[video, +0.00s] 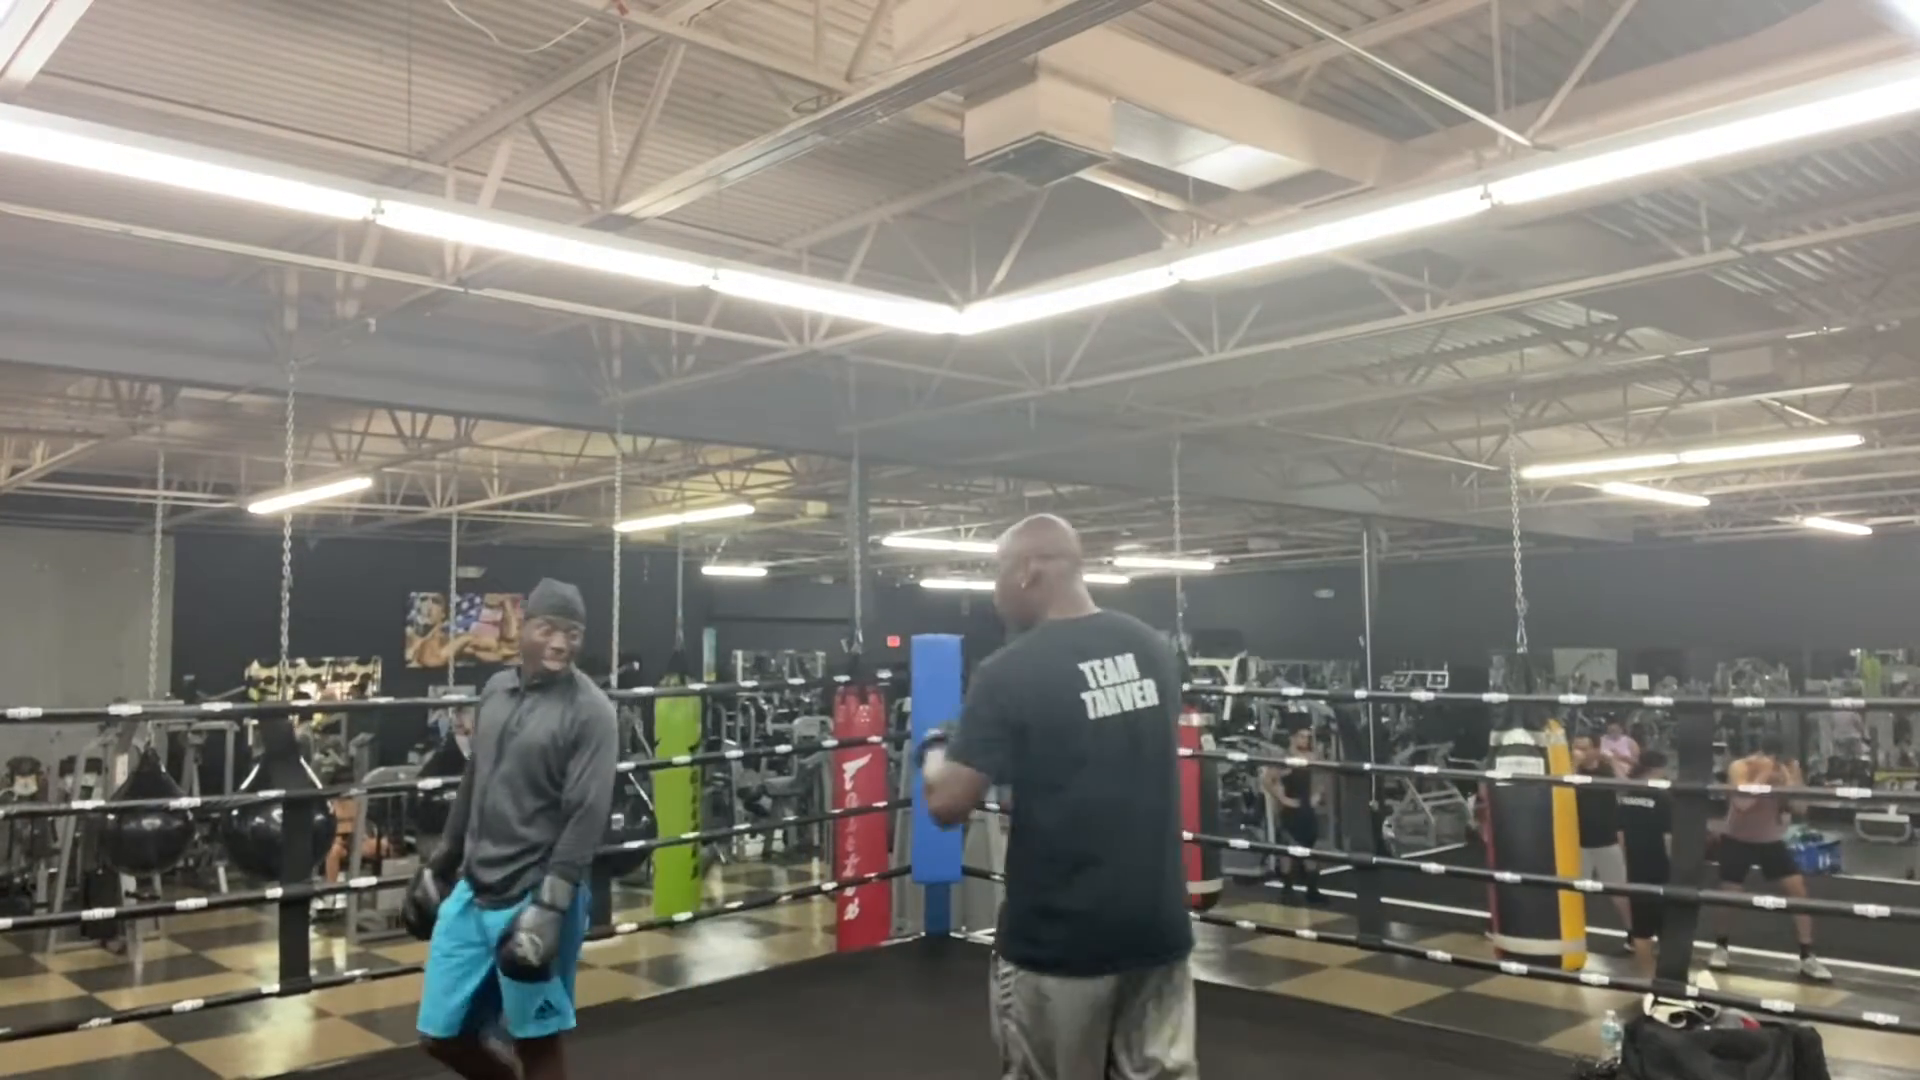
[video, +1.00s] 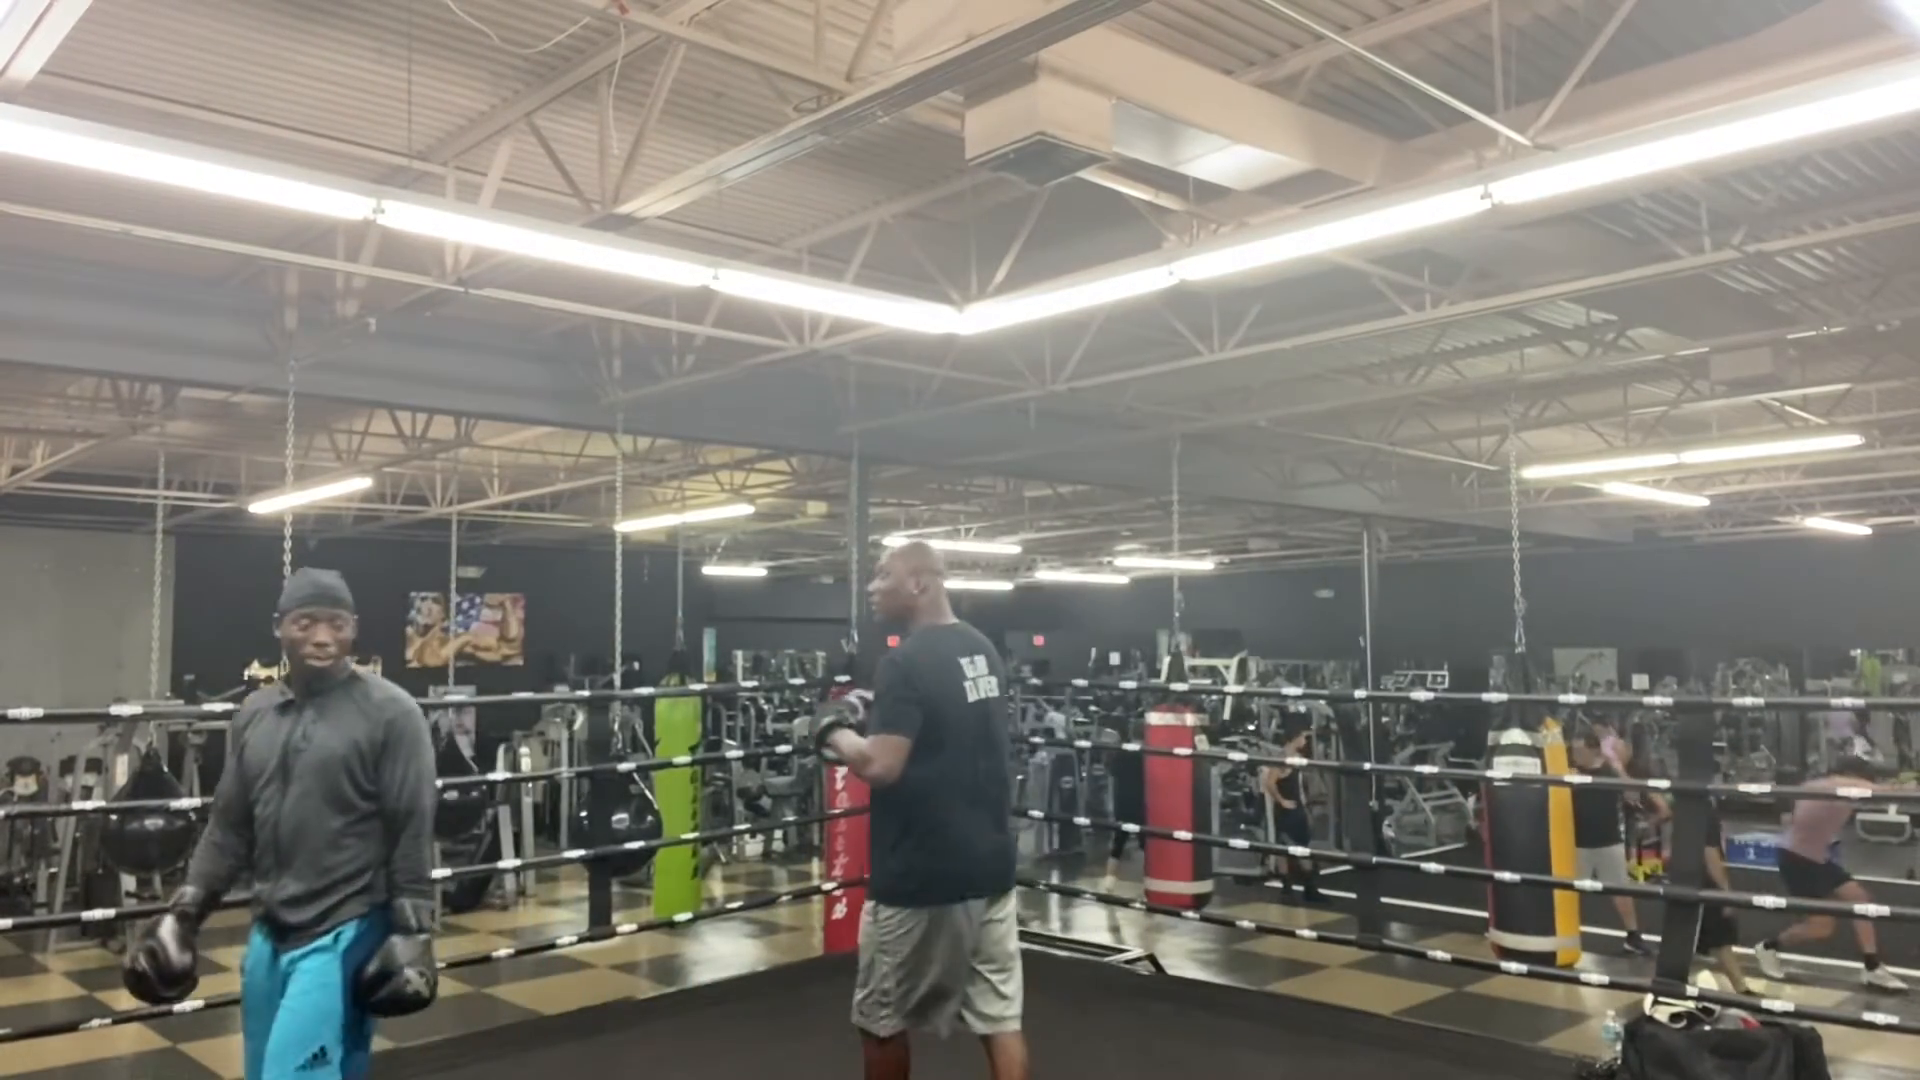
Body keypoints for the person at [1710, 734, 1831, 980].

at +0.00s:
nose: (1770, 762)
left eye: (1775, 757)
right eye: (1765, 756)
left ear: (1781, 755)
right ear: (1756, 752)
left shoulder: (1788, 769)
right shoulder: (1740, 768)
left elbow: (1800, 807)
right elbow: (1742, 804)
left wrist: (1786, 784)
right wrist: (1762, 778)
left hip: (1772, 843)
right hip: (1738, 842)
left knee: (1799, 893)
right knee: (1729, 896)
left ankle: (1807, 956)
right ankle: (1721, 947)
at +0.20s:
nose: (1762, 761)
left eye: (1767, 757)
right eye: (1757, 755)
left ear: (1774, 756)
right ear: (1748, 752)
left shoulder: (1780, 771)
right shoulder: (1734, 768)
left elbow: (1798, 806)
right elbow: (1738, 803)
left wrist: (1784, 780)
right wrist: (1759, 777)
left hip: (1767, 843)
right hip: (1733, 842)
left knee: (1796, 894)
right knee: (1728, 896)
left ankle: (1806, 956)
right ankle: (1721, 947)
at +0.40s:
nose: (1760, 758)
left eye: (1765, 753)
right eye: (1755, 752)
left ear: (1772, 752)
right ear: (1745, 750)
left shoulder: (1780, 767)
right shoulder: (1732, 770)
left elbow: (1799, 805)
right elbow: (1735, 805)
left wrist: (1780, 778)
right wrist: (1756, 778)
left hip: (1771, 846)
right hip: (1738, 845)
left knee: (1803, 891)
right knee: (1728, 898)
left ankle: (1809, 954)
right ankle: (1720, 947)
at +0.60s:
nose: (1780, 767)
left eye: (1785, 761)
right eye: (1774, 762)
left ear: (1790, 759)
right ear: (1764, 759)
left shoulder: (1798, 772)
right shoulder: (1751, 776)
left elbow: (1818, 811)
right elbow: (1743, 811)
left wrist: (1797, 786)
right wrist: (1772, 787)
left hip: (1796, 854)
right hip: (1758, 853)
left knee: (1833, 901)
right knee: (1739, 901)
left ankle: (1866, 963)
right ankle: (1721, 946)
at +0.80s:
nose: (1845, 780)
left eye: (1848, 776)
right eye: (1845, 774)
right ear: (1833, 765)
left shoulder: (1823, 786)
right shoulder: (1808, 778)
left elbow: (1840, 819)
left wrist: (1849, 788)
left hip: (1814, 862)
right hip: (1785, 862)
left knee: (1856, 900)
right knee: (1782, 919)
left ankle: (1873, 967)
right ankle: (1732, 939)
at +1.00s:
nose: (1871, 783)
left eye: (1871, 779)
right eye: (1869, 779)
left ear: (1841, 769)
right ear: (1861, 775)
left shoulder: (1811, 783)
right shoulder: (1850, 785)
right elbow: (1883, 792)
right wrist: (1913, 788)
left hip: (1817, 862)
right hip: (1799, 863)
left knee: (1860, 902)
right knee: (1822, 927)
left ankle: (1872, 966)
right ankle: (1768, 947)